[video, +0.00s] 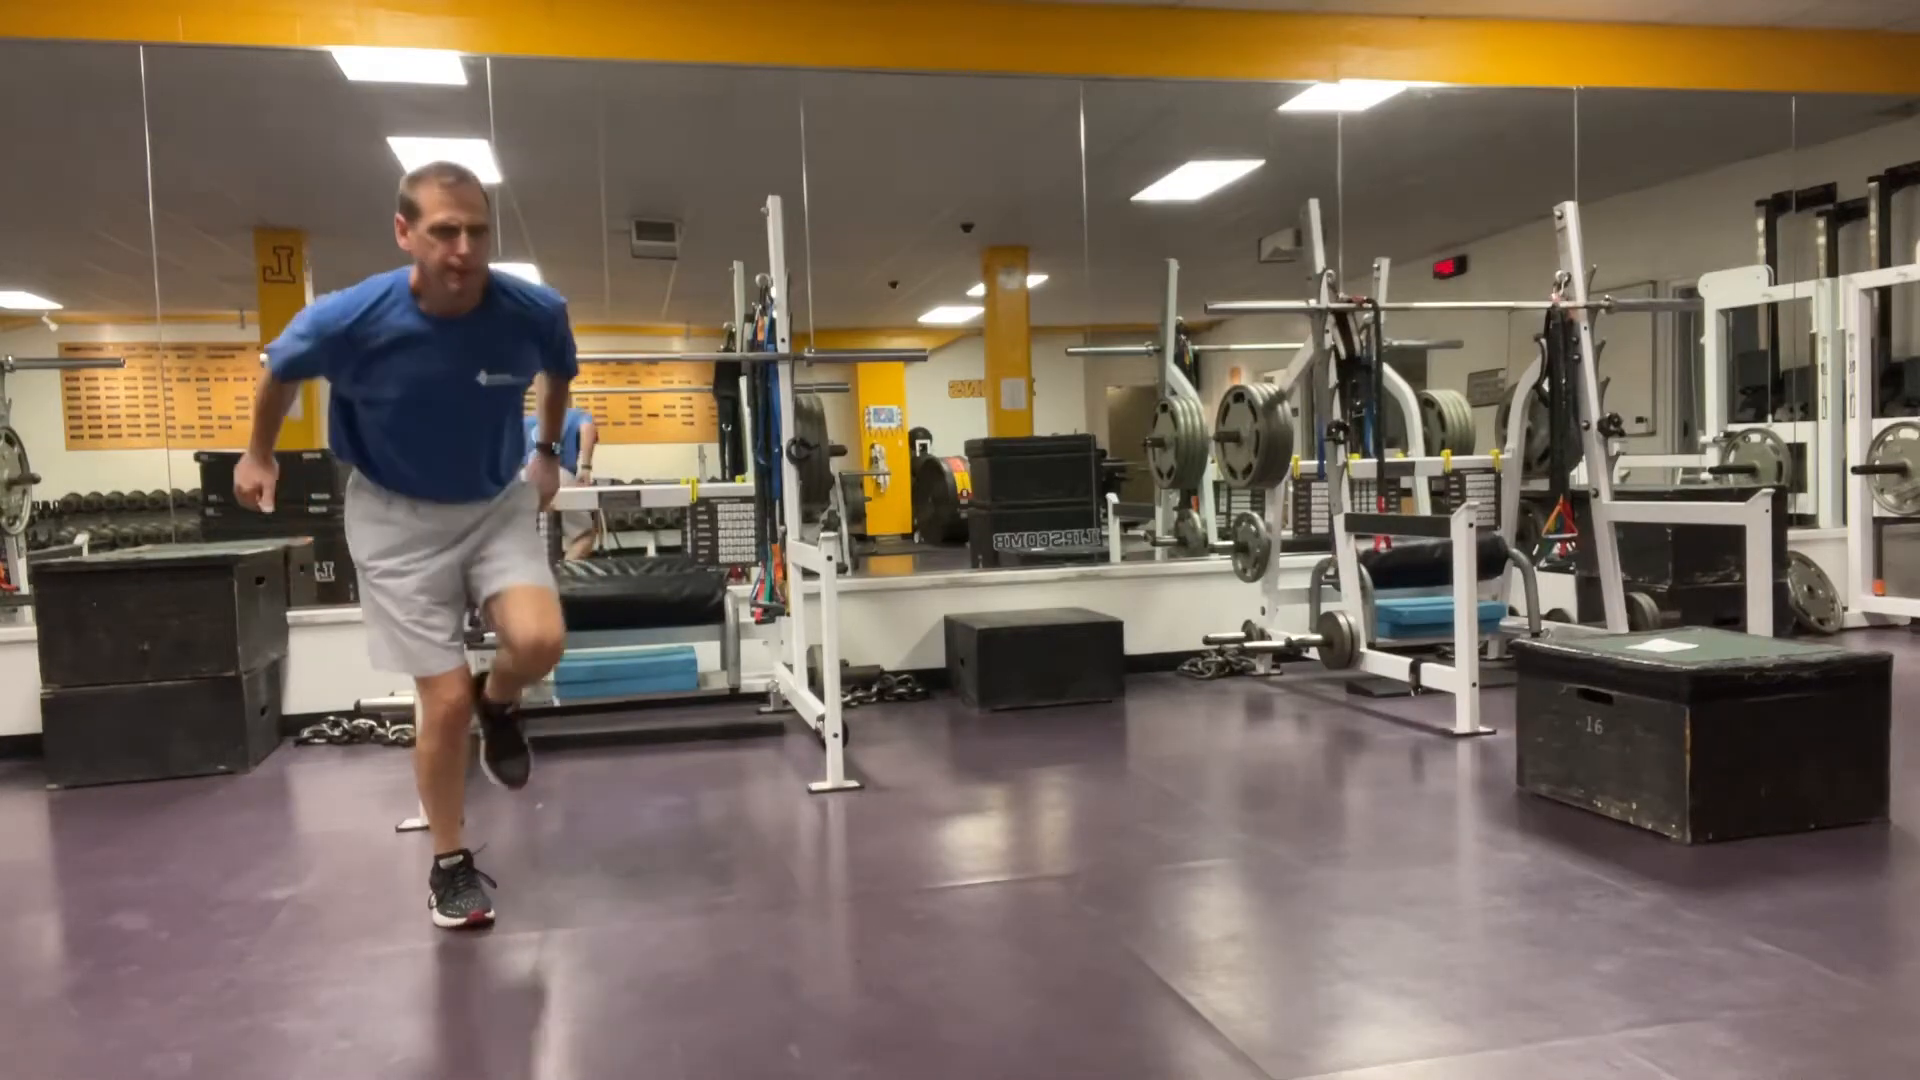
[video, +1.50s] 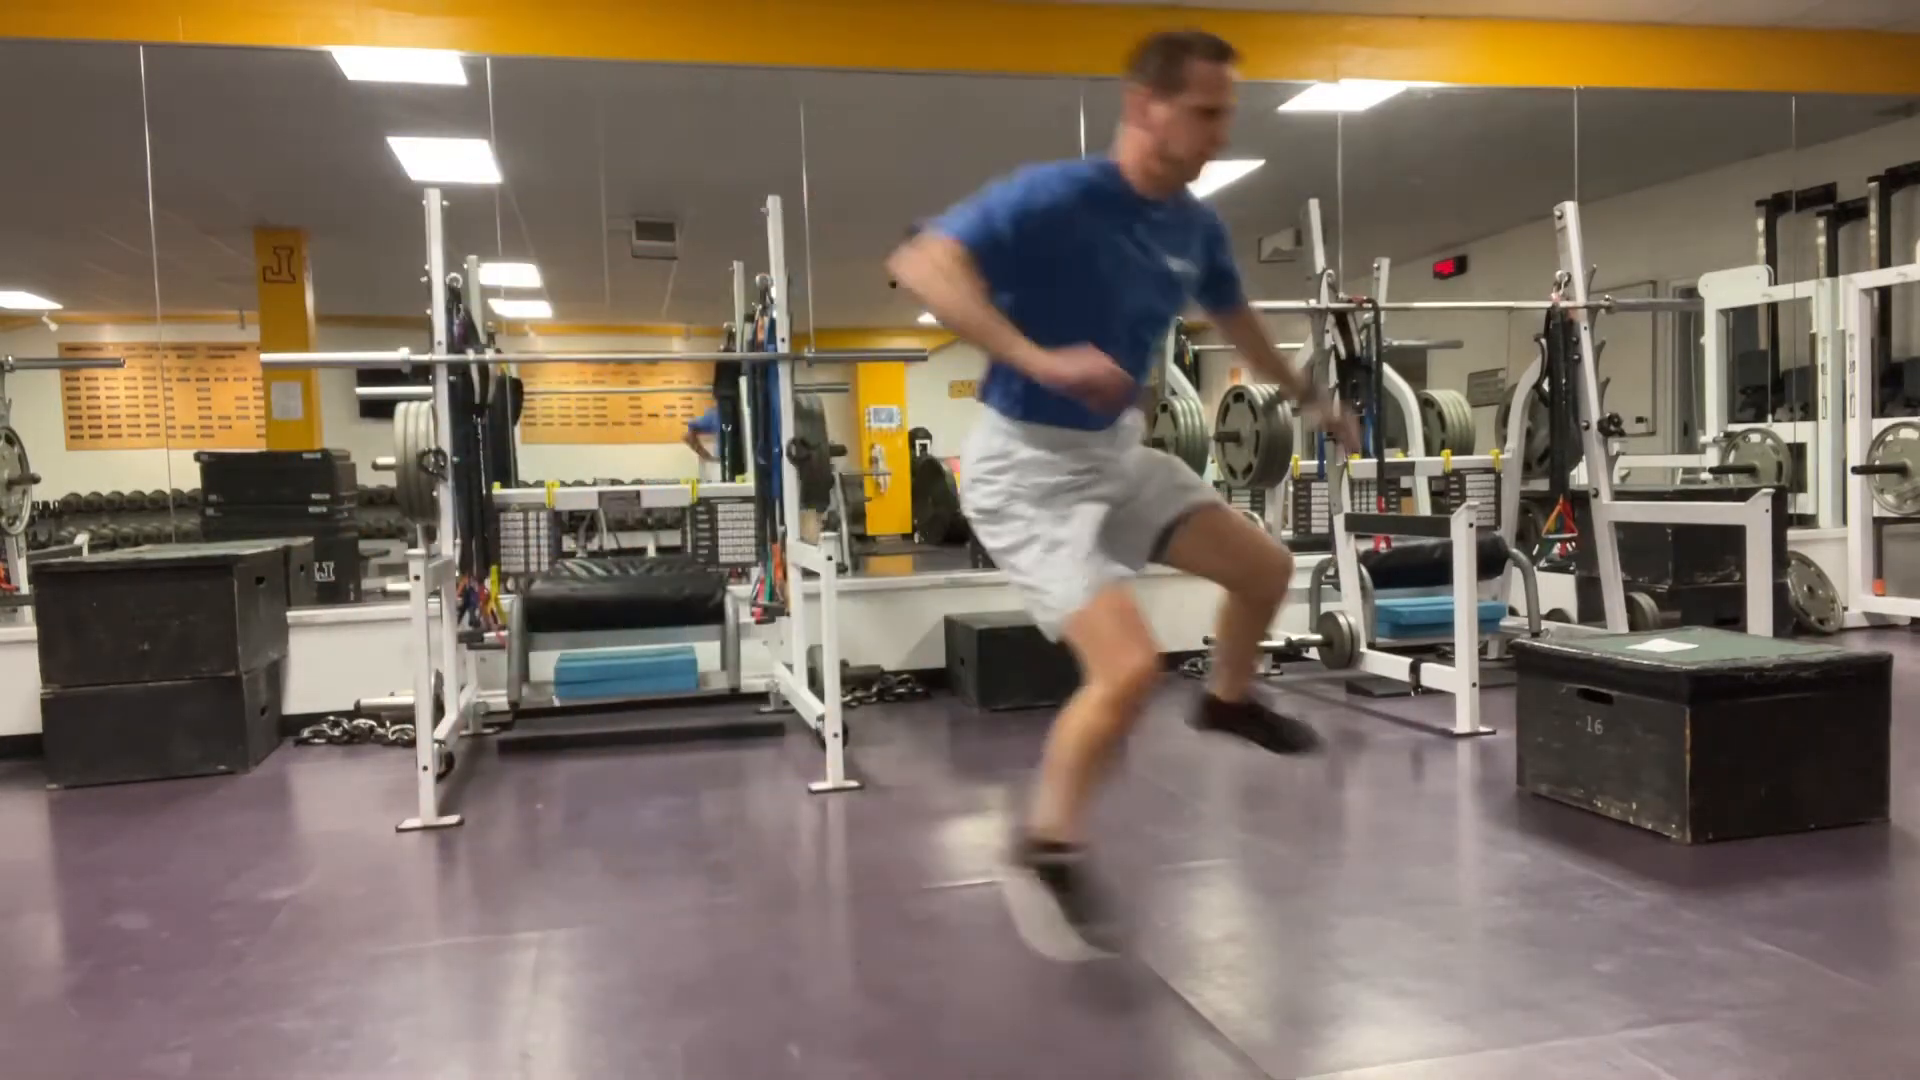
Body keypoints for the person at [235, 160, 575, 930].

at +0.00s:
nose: (464, 250)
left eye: (477, 233)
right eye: (445, 233)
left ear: (492, 233)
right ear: (405, 233)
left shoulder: (531, 313)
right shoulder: (349, 320)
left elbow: (558, 365)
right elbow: (281, 369)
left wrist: (547, 450)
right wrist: (258, 453)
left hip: (501, 502)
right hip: (397, 516)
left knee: (539, 641)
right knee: (451, 701)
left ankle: (494, 704)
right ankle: (451, 860)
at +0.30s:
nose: (477, 233)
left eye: (489, 216)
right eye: (458, 216)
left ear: (506, 220)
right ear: (415, 220)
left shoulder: (542, 302)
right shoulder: (375, 318)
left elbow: (627, 389)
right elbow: (376, 424)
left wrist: (619, 334)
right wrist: (463, 391)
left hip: (524, 523)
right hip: (426, 542)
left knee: (589, 640)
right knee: (475, 733)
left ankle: (579, 802)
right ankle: (455, 861)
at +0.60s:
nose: (569, 58)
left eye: (582, 38)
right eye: (547, 36)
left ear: (598, 46)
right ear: (499, 43)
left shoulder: (630, 130)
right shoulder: (446, 129)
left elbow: (774, 163)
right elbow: (286, 140)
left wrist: (745, 91)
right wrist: (405, 125)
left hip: (602, 389)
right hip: (496, 419)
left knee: (753, 461)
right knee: (551, 660)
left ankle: (671, 579)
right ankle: (533, 856)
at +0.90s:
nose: (730, 239)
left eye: (735, 216)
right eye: (702, 220)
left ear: (746, 216)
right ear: (635, 231)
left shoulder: (783, 334)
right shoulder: (560, 365)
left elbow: (866, 440)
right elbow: (461, 535)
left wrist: (837, 478)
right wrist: (522, 664)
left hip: (715, 567)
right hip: (593, 592)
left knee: (859, 685)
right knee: (684, 792)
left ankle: (762, 818)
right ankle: (643, 1035)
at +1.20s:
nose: (912, 194)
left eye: (917, 174)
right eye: (888, 177)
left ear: (923, 179)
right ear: (820, 188)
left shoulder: (953, 285)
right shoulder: (767, 287)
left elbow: (1092, 306)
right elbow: (663, 350)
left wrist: (1124, 237)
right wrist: (714, 343)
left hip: (858, 563)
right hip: (749, 572)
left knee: (1036, 663)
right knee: (804, 822)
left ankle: (907, 820)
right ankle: (652, 1031)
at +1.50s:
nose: (1217, 134)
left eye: (1224, 117)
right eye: (1202, 113)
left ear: (1218, 122)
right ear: (1142, 106)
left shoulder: (1196, 229)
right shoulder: (1055, 196)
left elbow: (1242, 330)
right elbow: (922, 263)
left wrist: (1306, 395)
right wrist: (1033, 355)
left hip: (1117, 459)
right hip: (1023, 466)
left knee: (1263, 569)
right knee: (1127, 667)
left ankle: (1229, 702)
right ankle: (1045, 846)